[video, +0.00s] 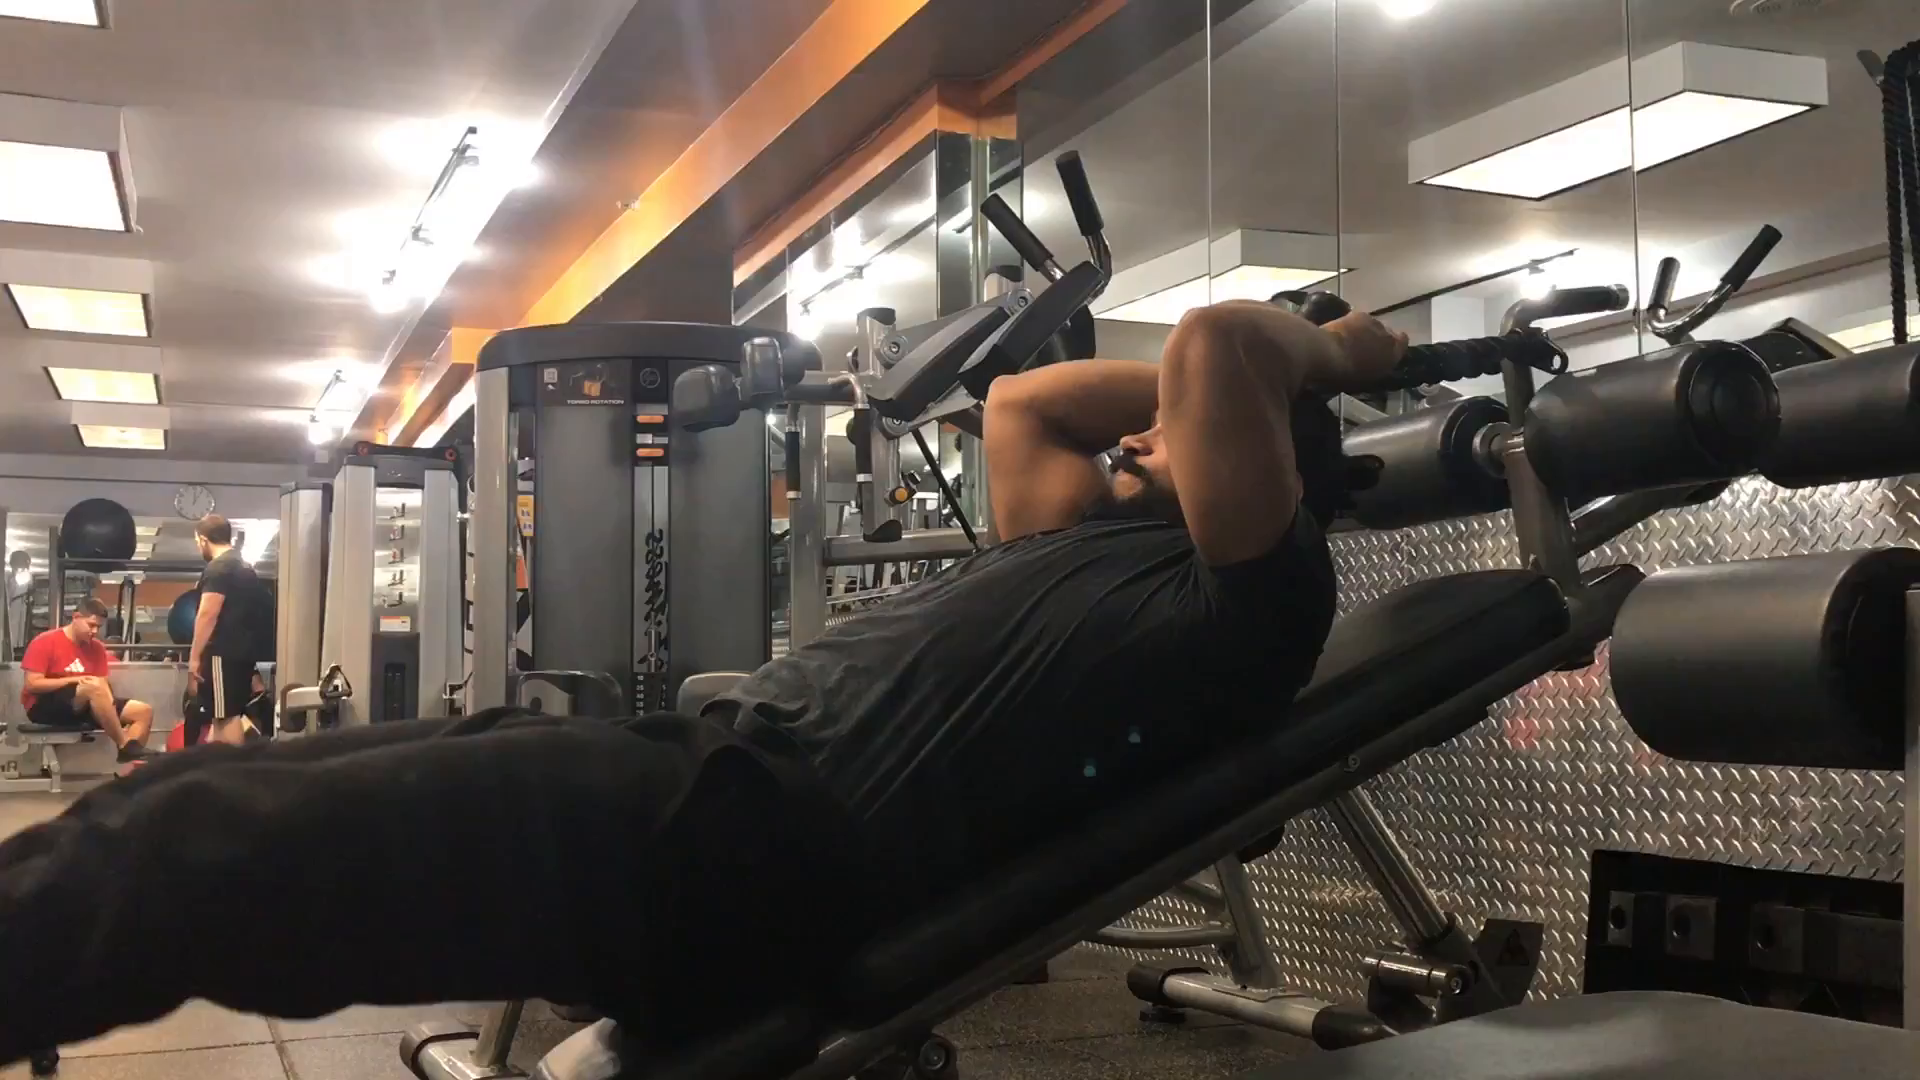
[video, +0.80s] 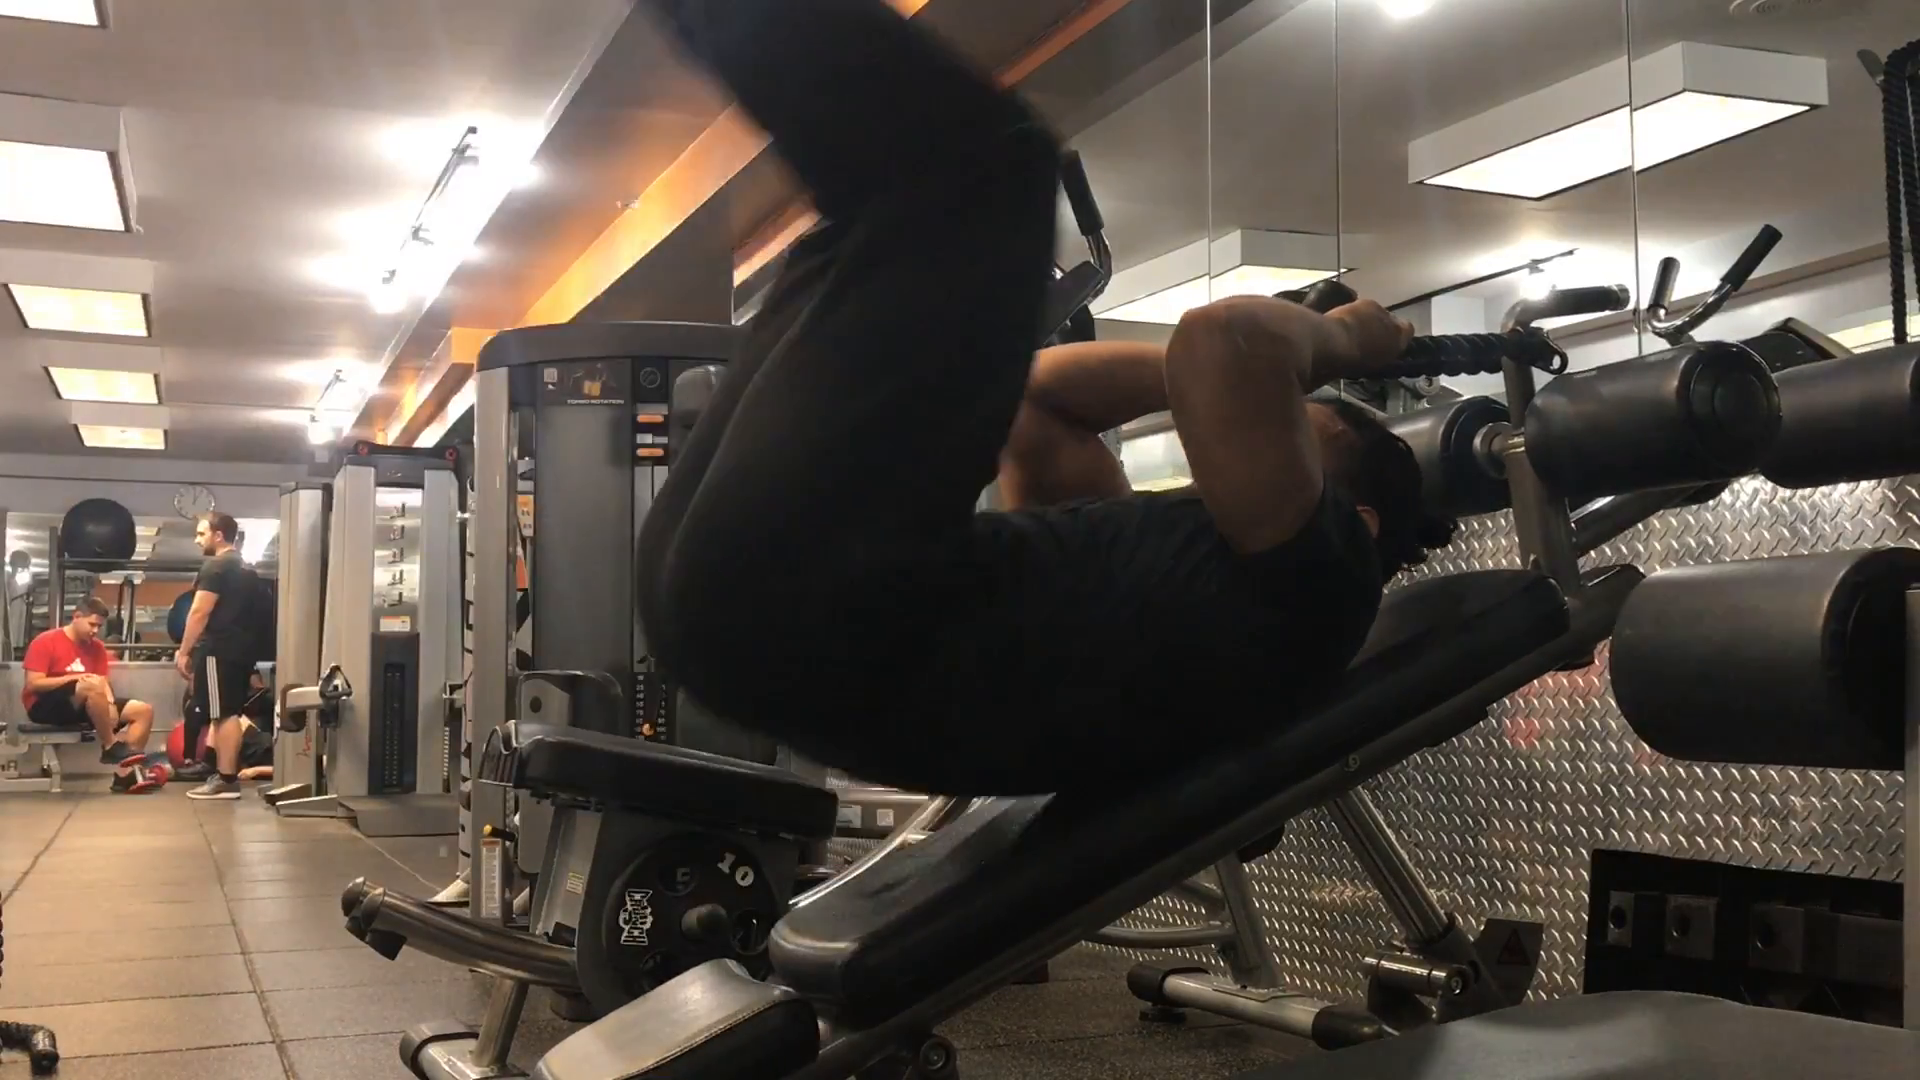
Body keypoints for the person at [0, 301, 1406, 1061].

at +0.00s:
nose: (1177, 451)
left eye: (1224, 436)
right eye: (1192, 437)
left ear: (1274, 478)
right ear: (1163, 471)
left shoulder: (1254, 612)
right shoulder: (1078, 564)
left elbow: (1213, 335)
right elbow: (1023, 407)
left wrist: (1334, 350)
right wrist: (1215, 402)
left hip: (744, 837)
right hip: (683, 760)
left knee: (180, 859)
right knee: (183, 810)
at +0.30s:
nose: (1180, 447)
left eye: (1226, 434)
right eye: (1196, 435)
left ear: (1276, 482)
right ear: (1184, 476)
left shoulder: (1250, 616)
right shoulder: (1069, 564)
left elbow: (1194, 336)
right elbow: (1017, 402)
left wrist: (1317, 350)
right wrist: (1208, 393)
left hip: (770, 850)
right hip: (703, 764)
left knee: (210, 666)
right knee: (219, 645)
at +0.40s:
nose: (1193, 467)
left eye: (1234, 451)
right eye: (1211, 447)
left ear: (1284, 496)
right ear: (1222, 490)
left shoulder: (1256, 611)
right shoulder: (1096, 560)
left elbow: (1199, 334)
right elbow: (1016, 404)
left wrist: (1311, 352)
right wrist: (1222, 387)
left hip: (782, 871)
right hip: (742, 778)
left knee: (344, 483)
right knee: (354, 479)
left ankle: (21, 623)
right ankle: (32, 612)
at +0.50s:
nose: (1235, 472)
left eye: (1272, 472)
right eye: (1257, 462)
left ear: (1301, 512)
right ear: (1245, 494)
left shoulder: (1256, 620)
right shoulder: (1095, 564)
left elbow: (1211, 332)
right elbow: (1025, 390)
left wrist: (1334, 343)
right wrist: (1234, 357)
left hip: (783, 840)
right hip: (737, 761)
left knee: (535, 340)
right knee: (539, 324)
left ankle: (94, 375)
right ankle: (150, 357)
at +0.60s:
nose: (1256, 453)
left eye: (1294, 454)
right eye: (1278, 444)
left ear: (1325, 499)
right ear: (1265, 474)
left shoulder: (1284, 603)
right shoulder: (1103, 553)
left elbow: (1230, 324)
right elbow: (1023, 385)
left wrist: (1331, 336)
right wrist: (1231, 352)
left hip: (799, 792)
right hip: (760, 720)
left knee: (745, 254)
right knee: (752, 254)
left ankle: (280, 152)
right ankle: (298, 155)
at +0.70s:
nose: (1266, 437)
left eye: (1309, 434)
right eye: (1286, 427)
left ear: (1344, 493)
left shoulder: (1306, 590)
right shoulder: (1134, 564)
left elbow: (1222, 333)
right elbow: (1023, 390)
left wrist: (1337, 330)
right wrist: (1224, 371)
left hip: (784, 709)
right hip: (700, 697)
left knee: (883, 194)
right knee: (774, 299)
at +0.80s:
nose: (1285, 434)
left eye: (1314, 435)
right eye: (1293, 432)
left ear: (1358, 505)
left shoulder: (1319, 582)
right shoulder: (1140, 572)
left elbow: (1221, 336)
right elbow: (1038, 398)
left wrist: (1341, 336)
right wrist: (1235, 380)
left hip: (814, 615)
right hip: (724, 605)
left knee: (981, 161)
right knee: (874, 229)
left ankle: (694, 7)